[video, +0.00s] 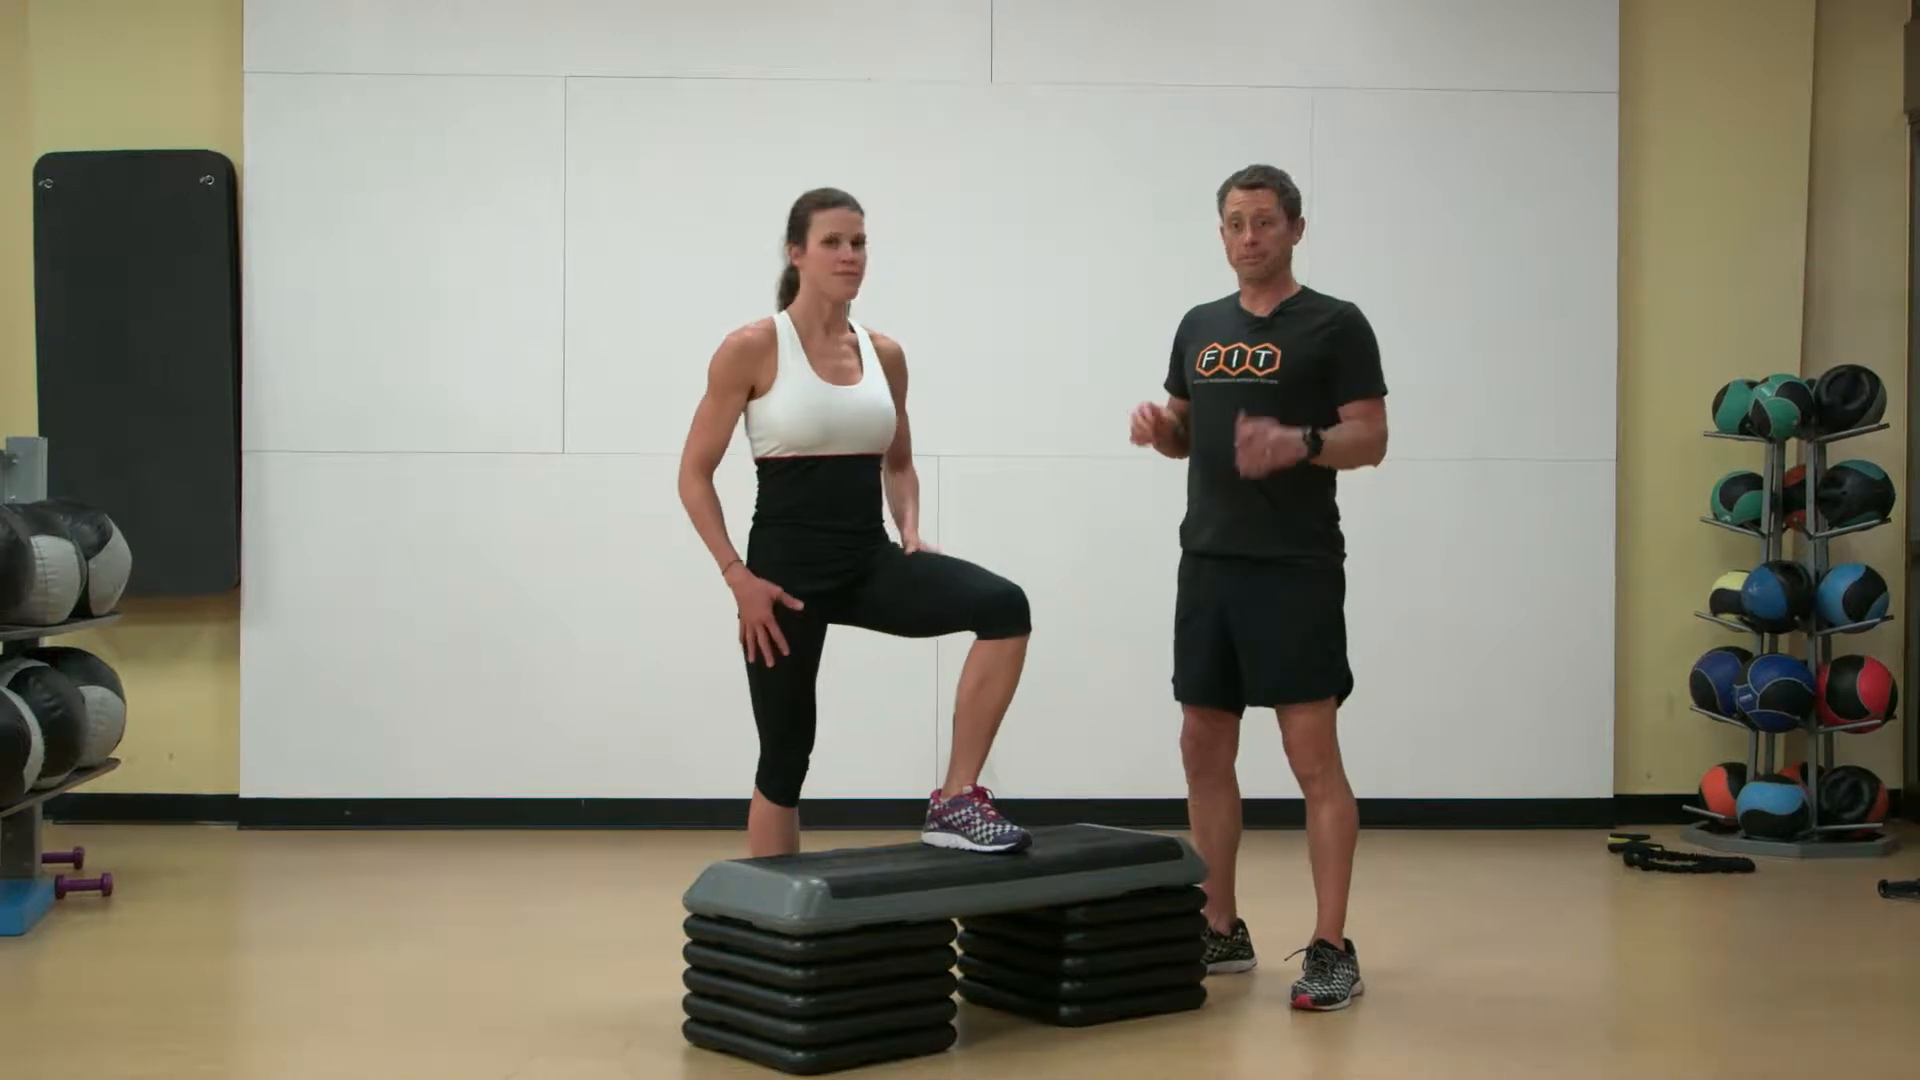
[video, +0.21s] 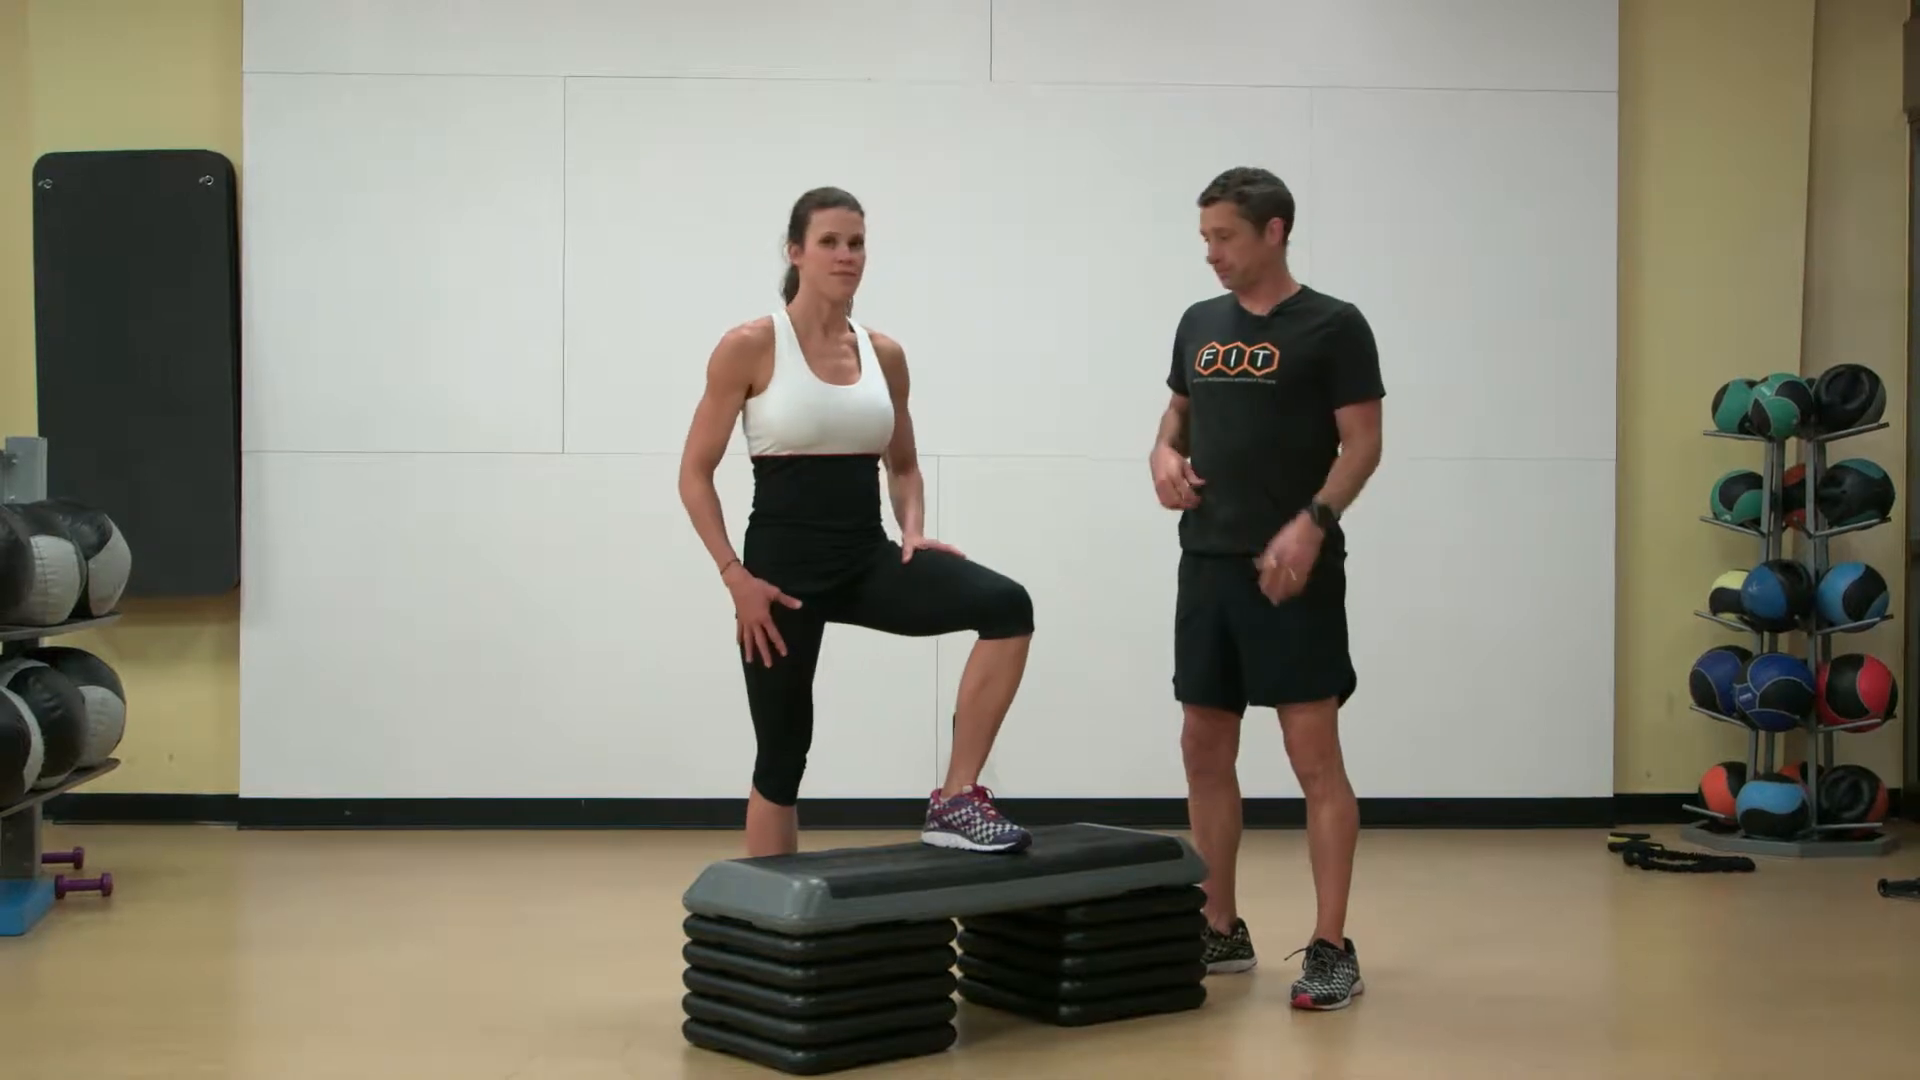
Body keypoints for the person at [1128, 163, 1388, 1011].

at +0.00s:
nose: (1247, 234)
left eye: (1262, 220)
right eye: (1234, 222)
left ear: (1295, 230)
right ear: (1221, 236)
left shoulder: (1336, 325)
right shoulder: (1197, 328)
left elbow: (1370, 440)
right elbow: (1187, 440)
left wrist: (1301, 442)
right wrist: (1162, 432)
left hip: (1296, 570)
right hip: (1208, 566)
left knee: (1312, 756)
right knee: (1204, 749)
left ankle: (1330, 943)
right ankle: (1219, 927)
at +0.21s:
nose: (1211, 253)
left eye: (1223, 238)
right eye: (1205, 239)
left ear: (1274, 232)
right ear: (1210, 238)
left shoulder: (1335, 326)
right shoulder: (1200, 324)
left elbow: (1363, 447)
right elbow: (1178, 418)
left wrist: (1312, 524)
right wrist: (1164, 452)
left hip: (1295, 566)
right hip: (1207, 566)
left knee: (1314, 757)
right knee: (1204, 747)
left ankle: (1329, 944)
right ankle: (1218, 928)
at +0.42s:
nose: (1201, 262)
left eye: (1211, 247)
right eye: (1195, 249)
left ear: (1263, 238)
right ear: (1207, 248)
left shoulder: (1332, 328)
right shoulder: (1203, 323)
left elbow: (1361, 454)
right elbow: (1190, 401)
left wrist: (1353, 565)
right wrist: (1174, 451)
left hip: (1296, 568)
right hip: (1208, 565)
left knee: (1313, 756)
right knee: (1204, 747)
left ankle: (1329, 944)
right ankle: (1219, 929)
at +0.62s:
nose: (1197, 269)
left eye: (1206, 254)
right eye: (1190, 255)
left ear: (1256, 241)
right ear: (1199, 253)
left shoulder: (1328, 326)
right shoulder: (1202, 322)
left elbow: (1367, 451)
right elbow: (1189, 406)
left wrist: (1357, 563)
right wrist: (1161, 433)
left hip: (1297, 569)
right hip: (1213, 564)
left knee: (1314, 758)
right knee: (1205, 749)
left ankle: (1330, 943)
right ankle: (1218, 927)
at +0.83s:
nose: (1182, 284)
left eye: (1193, 268)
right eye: (1174, 270)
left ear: (1243, 256)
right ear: (1176, 267)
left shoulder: (1324, 329)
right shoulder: (1183, 344)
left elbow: (1363, 447)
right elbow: (1148, 439)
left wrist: (1332, 548)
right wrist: (1113, 509)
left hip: (1310, 564)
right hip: (1225, 565)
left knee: (1319, 755)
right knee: (1204, 743)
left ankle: (1329, 941)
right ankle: (1218, 927)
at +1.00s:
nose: (1158, 306)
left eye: (1169, 290)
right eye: (1151, 292)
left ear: (1220, 277)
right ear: (1156, 290)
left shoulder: (1313, 333)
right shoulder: (1163, 368)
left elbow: (1374, 437)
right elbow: (1120, 464)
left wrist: (1331, 534)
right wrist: (1084, 524)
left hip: (1331, 561)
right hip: (1244, 567)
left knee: (1330, 756)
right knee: (1207, 743)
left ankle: (1330, 942)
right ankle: (1218, 928)